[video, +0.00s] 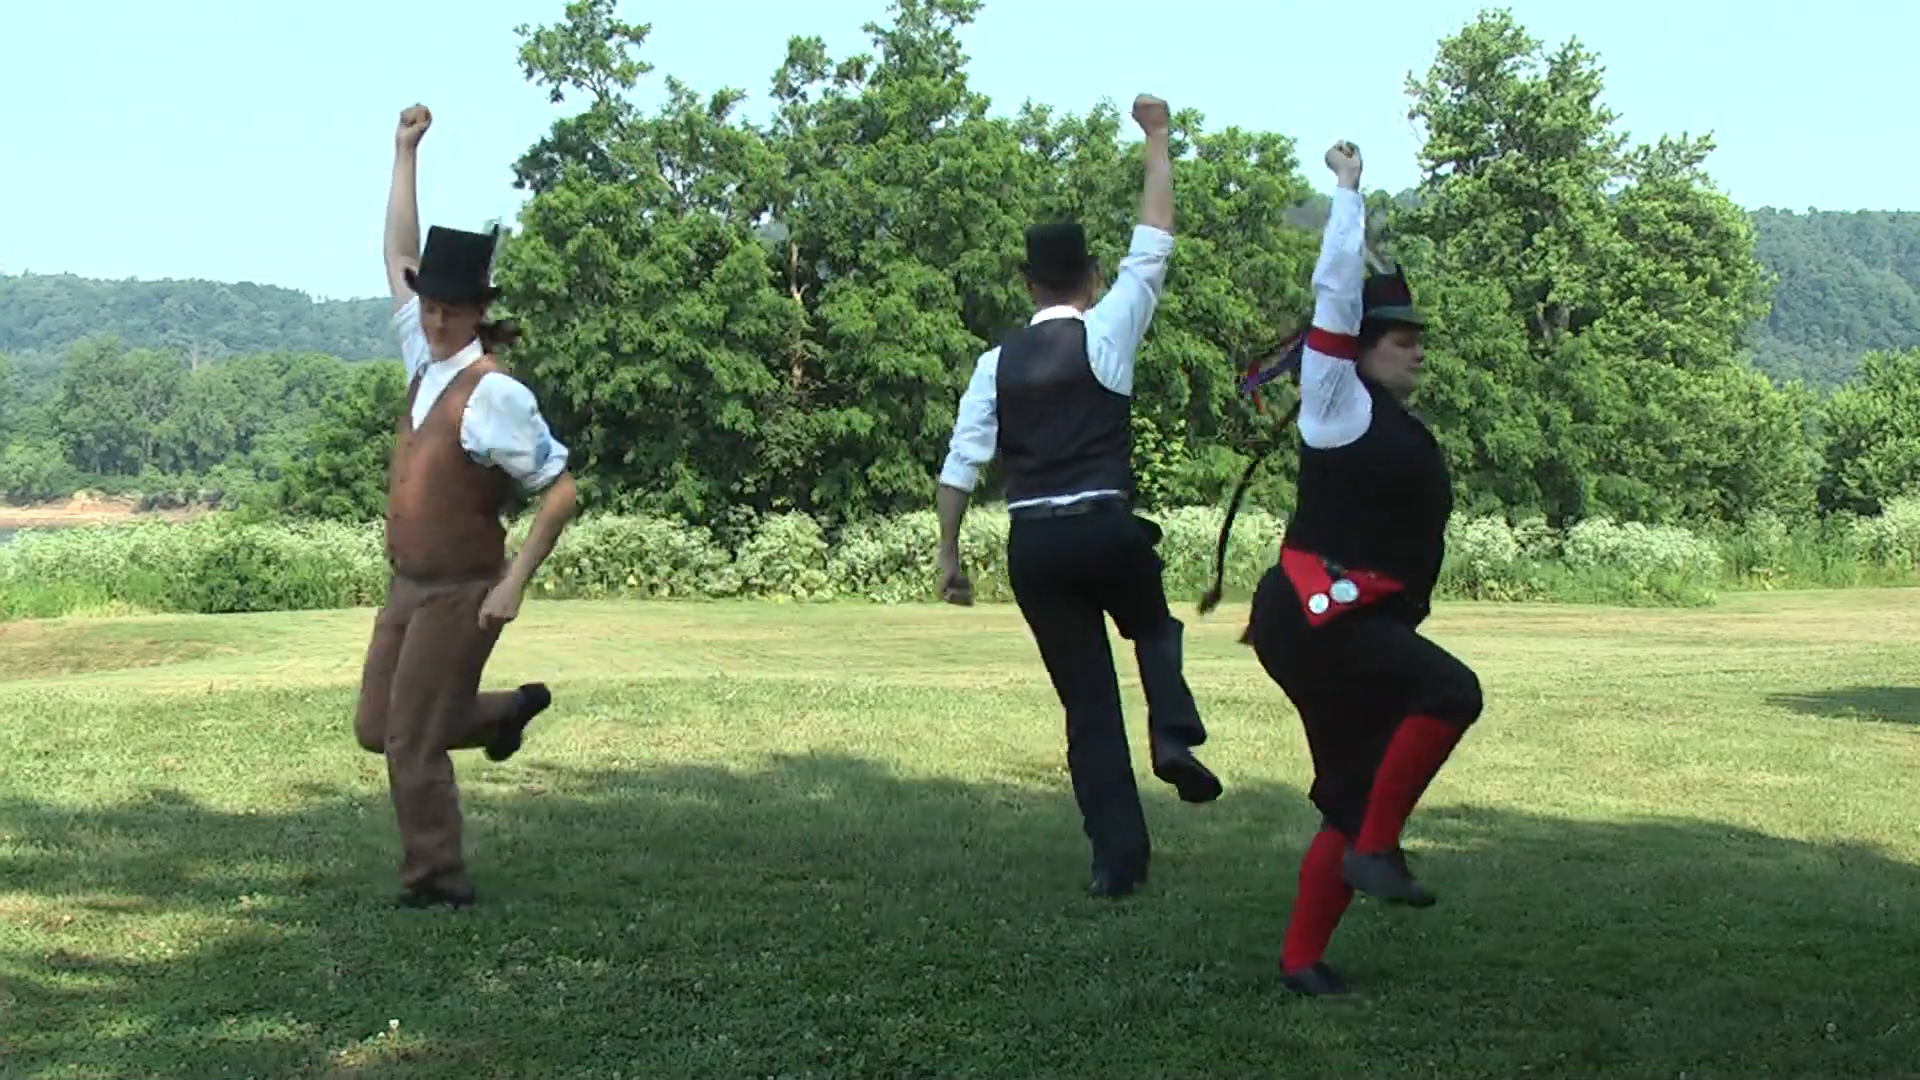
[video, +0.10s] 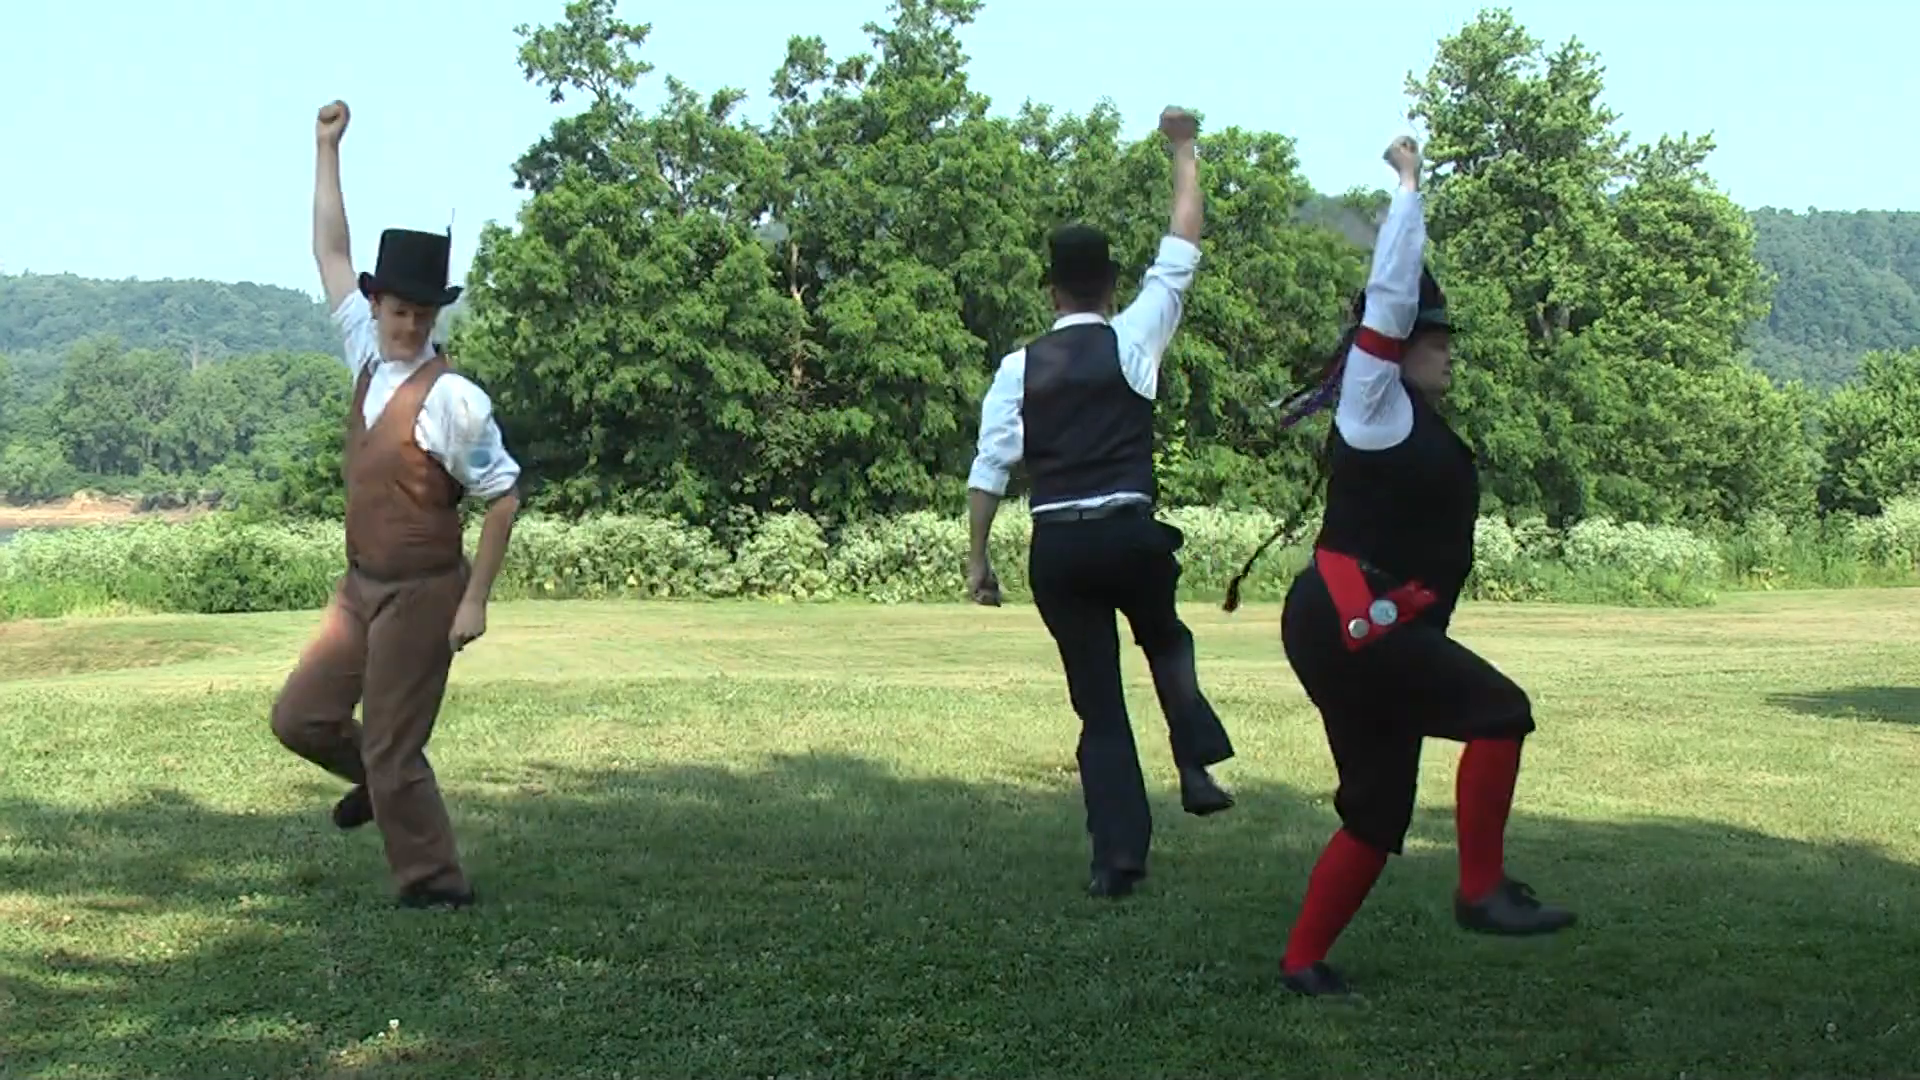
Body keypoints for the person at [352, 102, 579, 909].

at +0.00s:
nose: (427, 319)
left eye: (439, 309)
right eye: (425, 305)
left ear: (469, 313)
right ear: (425, 304)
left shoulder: (498, 396)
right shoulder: (428, 361)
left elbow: (562, 492)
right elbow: (402, 261)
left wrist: (515, 580)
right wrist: (404, 152)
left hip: (459, 595)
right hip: (405, 586)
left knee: (417, 742)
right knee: (376, 725)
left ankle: (438, 881)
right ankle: (504, 714)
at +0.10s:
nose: (405, 324)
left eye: (419, 312)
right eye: (395, 309)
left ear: (437, 315)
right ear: (373, 304)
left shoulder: (456, 401)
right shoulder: (366, 357)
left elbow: (504, 494)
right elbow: (332, 252)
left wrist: (476, 595)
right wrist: (327, 149)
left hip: (419, 597)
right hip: (359, 589)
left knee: (391, 755)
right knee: (298, 718)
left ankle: (439, 884)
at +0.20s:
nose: (355, 306)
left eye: (366, 297)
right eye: (347, 293)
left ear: (382, 305)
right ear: (328, 292)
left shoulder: (405, 386)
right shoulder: (308, 335)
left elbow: (452, 484)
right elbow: (264, 239)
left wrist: (430, 584)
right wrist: (253, 135)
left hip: (377, 584)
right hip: (303, 577)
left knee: (391, 740)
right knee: (227, 697)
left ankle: (436, 881)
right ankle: (275, 824)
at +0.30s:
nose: (315, 302)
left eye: (325, 291)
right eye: (303, 287)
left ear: (336, 298)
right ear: (269, 285)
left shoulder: (352, 379)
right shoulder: (242, 335)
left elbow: (404, 472)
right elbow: (197, 237)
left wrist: (389, 574)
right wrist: (188, 132)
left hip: (326, 581)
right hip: (244, 576)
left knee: (367, 734)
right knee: (177, 712)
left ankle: (428, 875)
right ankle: (173, 862)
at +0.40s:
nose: (262, 310)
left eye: (273, 300)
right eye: (250, 295)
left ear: (279, 305)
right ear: (212, 291)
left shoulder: (299, 387)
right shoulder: (176, 350)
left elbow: (346, 487)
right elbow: (127, 254)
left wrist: (342, 589)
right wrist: (131, 142)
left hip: (273, 590)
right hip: (185, 585)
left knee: (279, 764)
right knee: (144, 734)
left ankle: (386, 832)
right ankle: (127, 893)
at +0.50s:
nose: (237, 300)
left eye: (243, 288)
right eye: (225, 284)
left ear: (244, 294)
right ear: (178, 284)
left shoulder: (271, 377)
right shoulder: (133, 350)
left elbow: (303, 474)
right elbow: (68, 253)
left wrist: (300, 567)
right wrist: (66, 142)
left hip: (243, 588)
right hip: (150, 582)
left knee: (204, 748)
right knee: (125, 721)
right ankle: (121, 896)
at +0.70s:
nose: (220, 237)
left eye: (225, 225)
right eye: (208, 223)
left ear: (216, 231)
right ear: (161, 219)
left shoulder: (222, 309)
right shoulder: (104, 279)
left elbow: (223, 419)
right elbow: (49, 170)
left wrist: (239, 501)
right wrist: (18, 54)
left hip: (208, 509)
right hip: (114, 508)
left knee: (172, 650)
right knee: (91, 697)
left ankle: (146, 675)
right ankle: (81, 854)